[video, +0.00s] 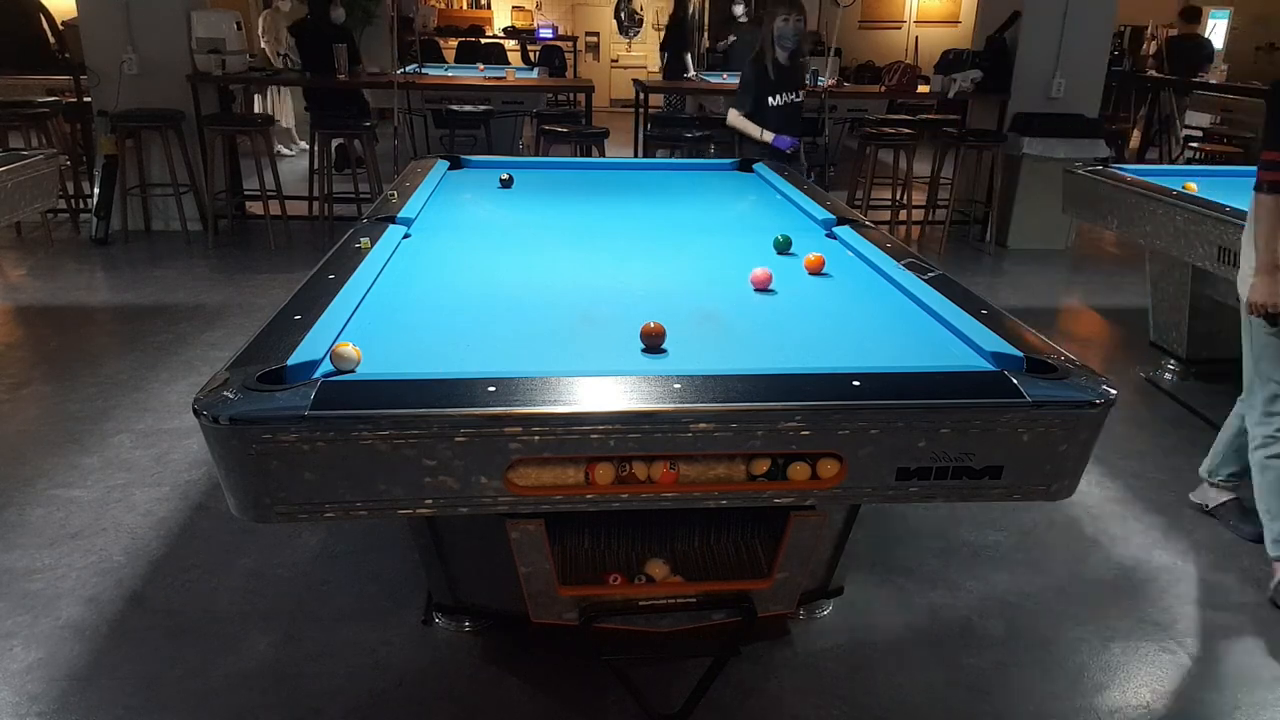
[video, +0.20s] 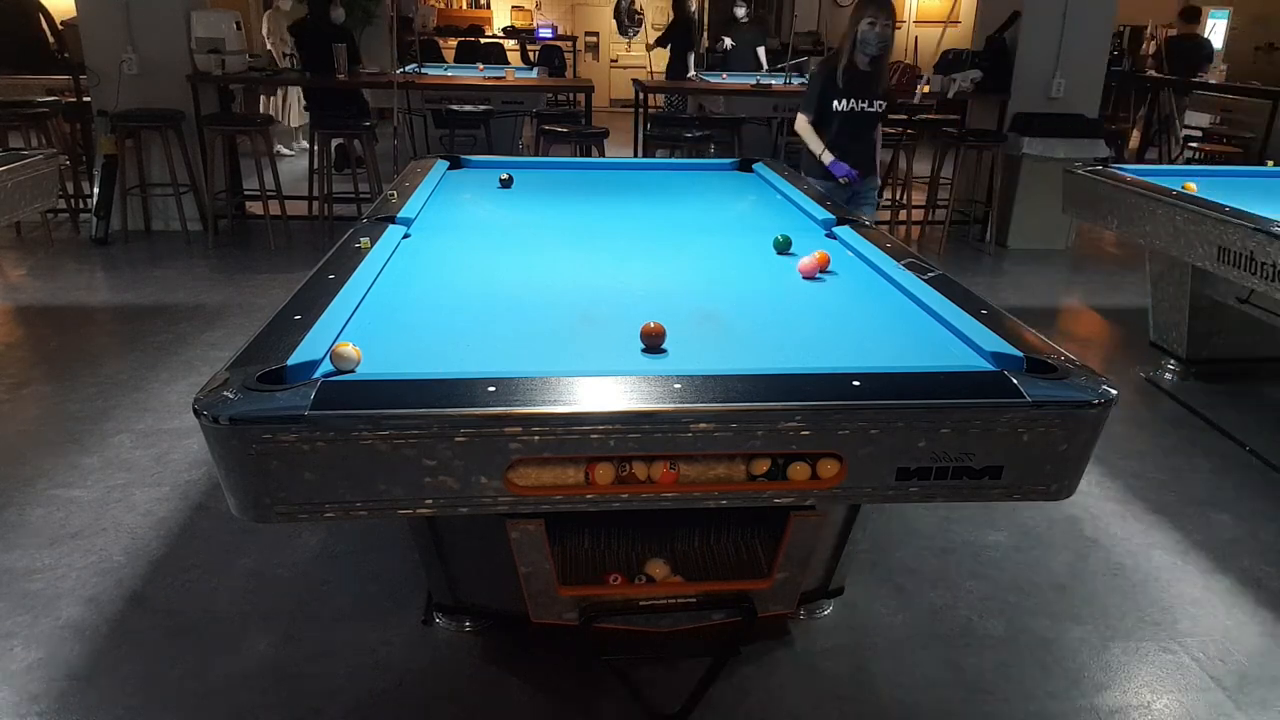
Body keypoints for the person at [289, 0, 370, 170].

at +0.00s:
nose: (342, 11)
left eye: (341, 7)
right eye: (339, 7)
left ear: (311, 8)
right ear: (332, 9)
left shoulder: (299, 30)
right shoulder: (342, 33)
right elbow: (357, 71)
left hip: (315, 103)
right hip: (345, 104)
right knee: (362, 106)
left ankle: (352, 151)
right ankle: (346, 148)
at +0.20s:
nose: (341, 11)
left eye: (340, 7)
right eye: (338, 7)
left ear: (309, 8)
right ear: (332, 8)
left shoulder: (298, 29)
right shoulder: (342, 33)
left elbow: (304, 66)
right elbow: (356, 71)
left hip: (315, 104)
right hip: (345, 105)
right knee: (362, 105)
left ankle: (352, 151)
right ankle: (346, 148)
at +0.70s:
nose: (340, 10)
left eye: (339, 5)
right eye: (336, 6)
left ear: (313, 9)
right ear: (326, 8)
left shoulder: (303, 30)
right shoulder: (338, 31)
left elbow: (305, 69)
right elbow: (355, 66)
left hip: (314, 100)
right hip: (343, 102)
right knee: (363, 107)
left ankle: (350, 151)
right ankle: (345, 149)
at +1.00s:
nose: (335, 8)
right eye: (331, 5)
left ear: (302, 7)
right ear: (319, 5)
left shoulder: (298, 30)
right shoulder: (331, 27)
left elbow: (302, 67)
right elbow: (351, 59)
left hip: (314, 103)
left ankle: (348, 151)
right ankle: (345, 149)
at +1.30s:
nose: (340, 10)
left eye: (339, 5)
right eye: (337, 5)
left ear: (310, 8)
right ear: (327, 7)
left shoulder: (301, 28)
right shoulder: (336, 29)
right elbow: (354, 61)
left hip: (314, 99)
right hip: (341, 102)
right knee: (363, 110)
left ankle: (348, 150)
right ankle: (346, 149)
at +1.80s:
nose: (344, 10)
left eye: (343, 6)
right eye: (340, 6)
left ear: (313, 8)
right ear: (332, 7)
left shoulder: (303, 29)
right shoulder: (340, 30)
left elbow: (307, 70)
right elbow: (356, 68)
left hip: (315, 102)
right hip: (343, 103)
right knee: (362, 107)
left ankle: (348, 150)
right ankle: (346, 149)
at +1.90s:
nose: (340, 9)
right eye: (338, 6)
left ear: (310, 10)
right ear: (336, 9)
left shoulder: (303, 31)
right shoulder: (344, 31)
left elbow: (309, 66)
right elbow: (357, 69)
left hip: (315, 102)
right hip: (346, 103)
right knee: (365, 112)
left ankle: (350, 151)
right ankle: (344, 148)